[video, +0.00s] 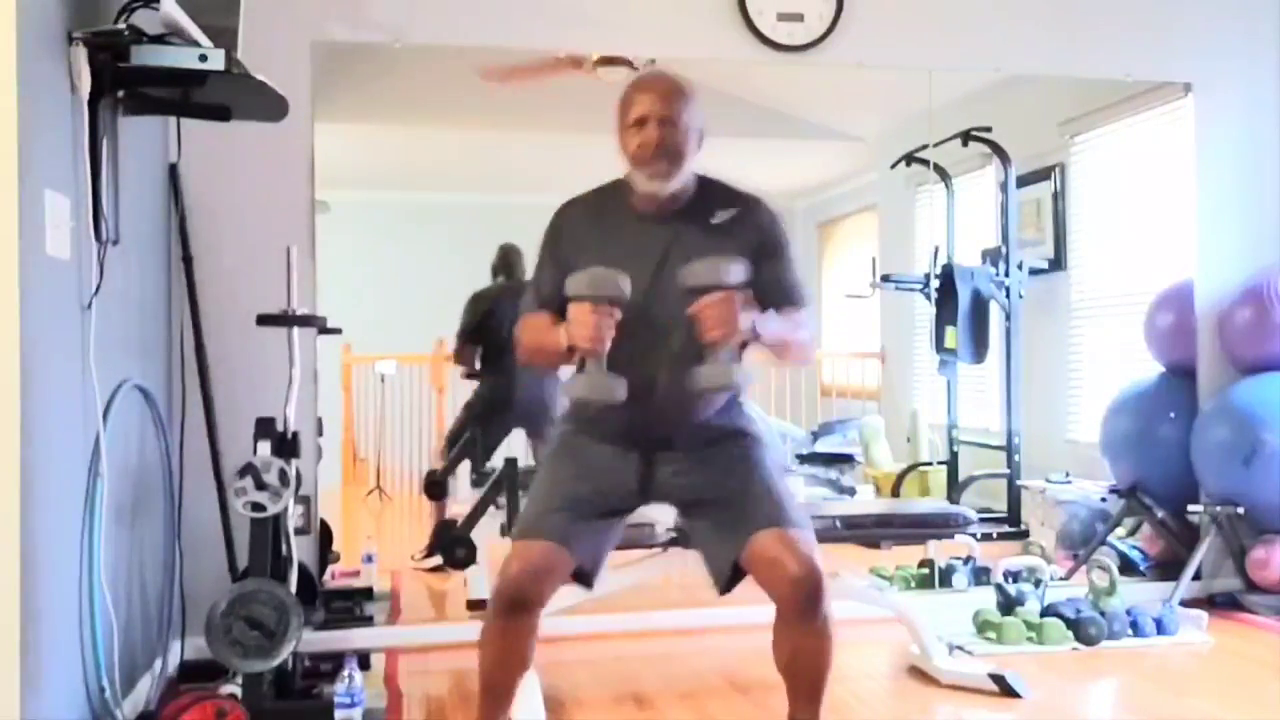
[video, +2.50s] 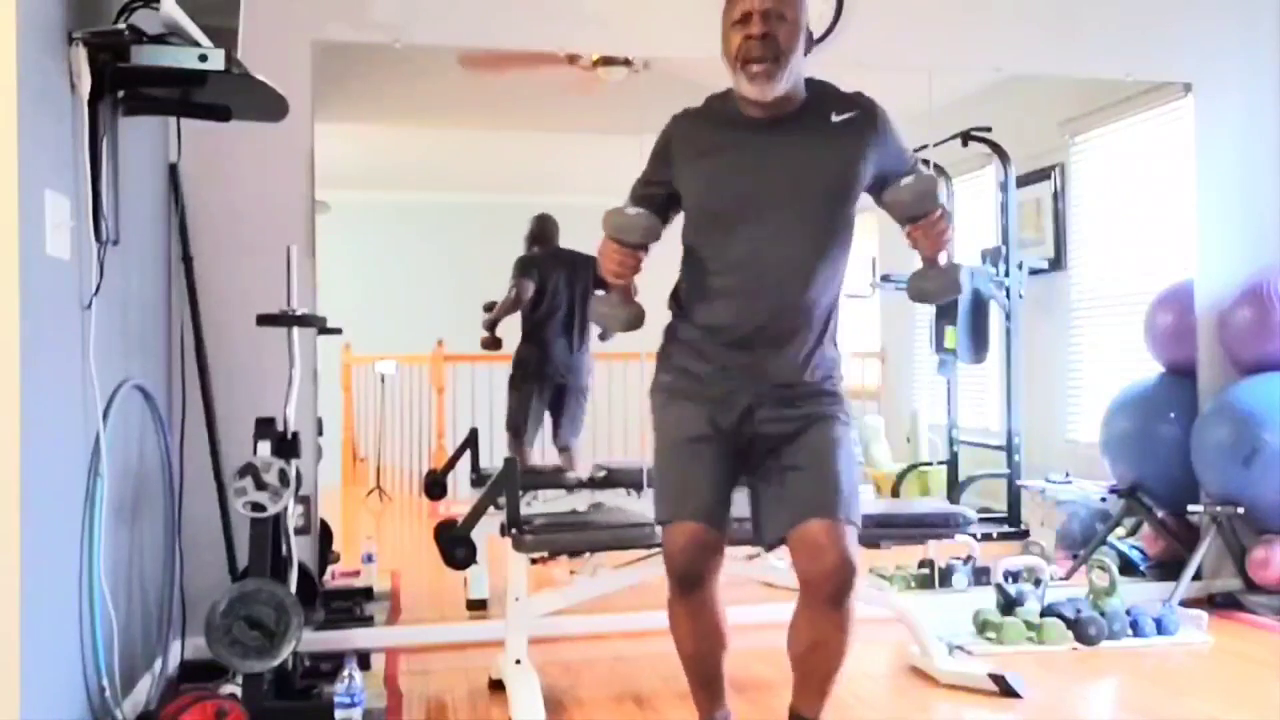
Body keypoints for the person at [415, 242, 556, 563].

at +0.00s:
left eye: (500, 265)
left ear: (494, 268)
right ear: (524, 266)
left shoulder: (484, 299)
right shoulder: (543, 297)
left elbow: (464, 355)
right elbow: (563, 347)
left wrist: (475, 368)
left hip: (497, 391)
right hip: (540, 390)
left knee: (451, 449)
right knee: (549, 458)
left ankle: (439, 531)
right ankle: (554, 527)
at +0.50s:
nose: (528, 229)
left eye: (526, 225)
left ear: (527, 225)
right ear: (554, 223)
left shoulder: (523, 253)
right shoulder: (584, 249)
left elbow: (508, 297)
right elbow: (618, 279)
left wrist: (492, 316)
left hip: (548, 355)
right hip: (587, 355)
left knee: (533, 433)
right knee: (577, 432)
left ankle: (540, 493)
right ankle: (580, 493)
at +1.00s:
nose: (567, 276)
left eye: (569, 272)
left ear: (571, 273)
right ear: (599, 273)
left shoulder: (575, 300)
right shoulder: (627, 299)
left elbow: (557, 354)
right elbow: (643, 347)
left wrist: (543, 355)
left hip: (598, 393)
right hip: (637, 391)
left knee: (539, 449)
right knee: (629, 453)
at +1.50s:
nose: (584, 247)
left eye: (585, 242)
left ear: (589, 243)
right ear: (615, 241)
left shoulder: (594, 264)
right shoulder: (643, 263)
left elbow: (599, 295)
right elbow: (691, 292)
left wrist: (571, 329)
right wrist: (664, 319)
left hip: (623, 370)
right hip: (660, 370)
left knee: (595, 444)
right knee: (649, 444)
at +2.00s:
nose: (568, 276)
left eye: (569, 271)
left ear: (571, 273)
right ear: (597, 273)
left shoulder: (565, 303)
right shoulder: (623, 300)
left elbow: (550, 359)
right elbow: (639, 345)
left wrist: (551, 372)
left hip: (590, 395)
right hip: (634, 393)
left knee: (534, 449)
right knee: (647, 454)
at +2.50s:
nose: (527, 241)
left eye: (528, 237)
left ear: (531, 237)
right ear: (557, 236)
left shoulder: (529, 262)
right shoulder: (583, 262)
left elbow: (522, 295)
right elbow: (619, 287)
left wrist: (493, 320)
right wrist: (610, 323)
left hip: (536, 363)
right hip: (576, 366)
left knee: (520, 437)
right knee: (568, 439)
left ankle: (524, 502)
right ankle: (577, 504)